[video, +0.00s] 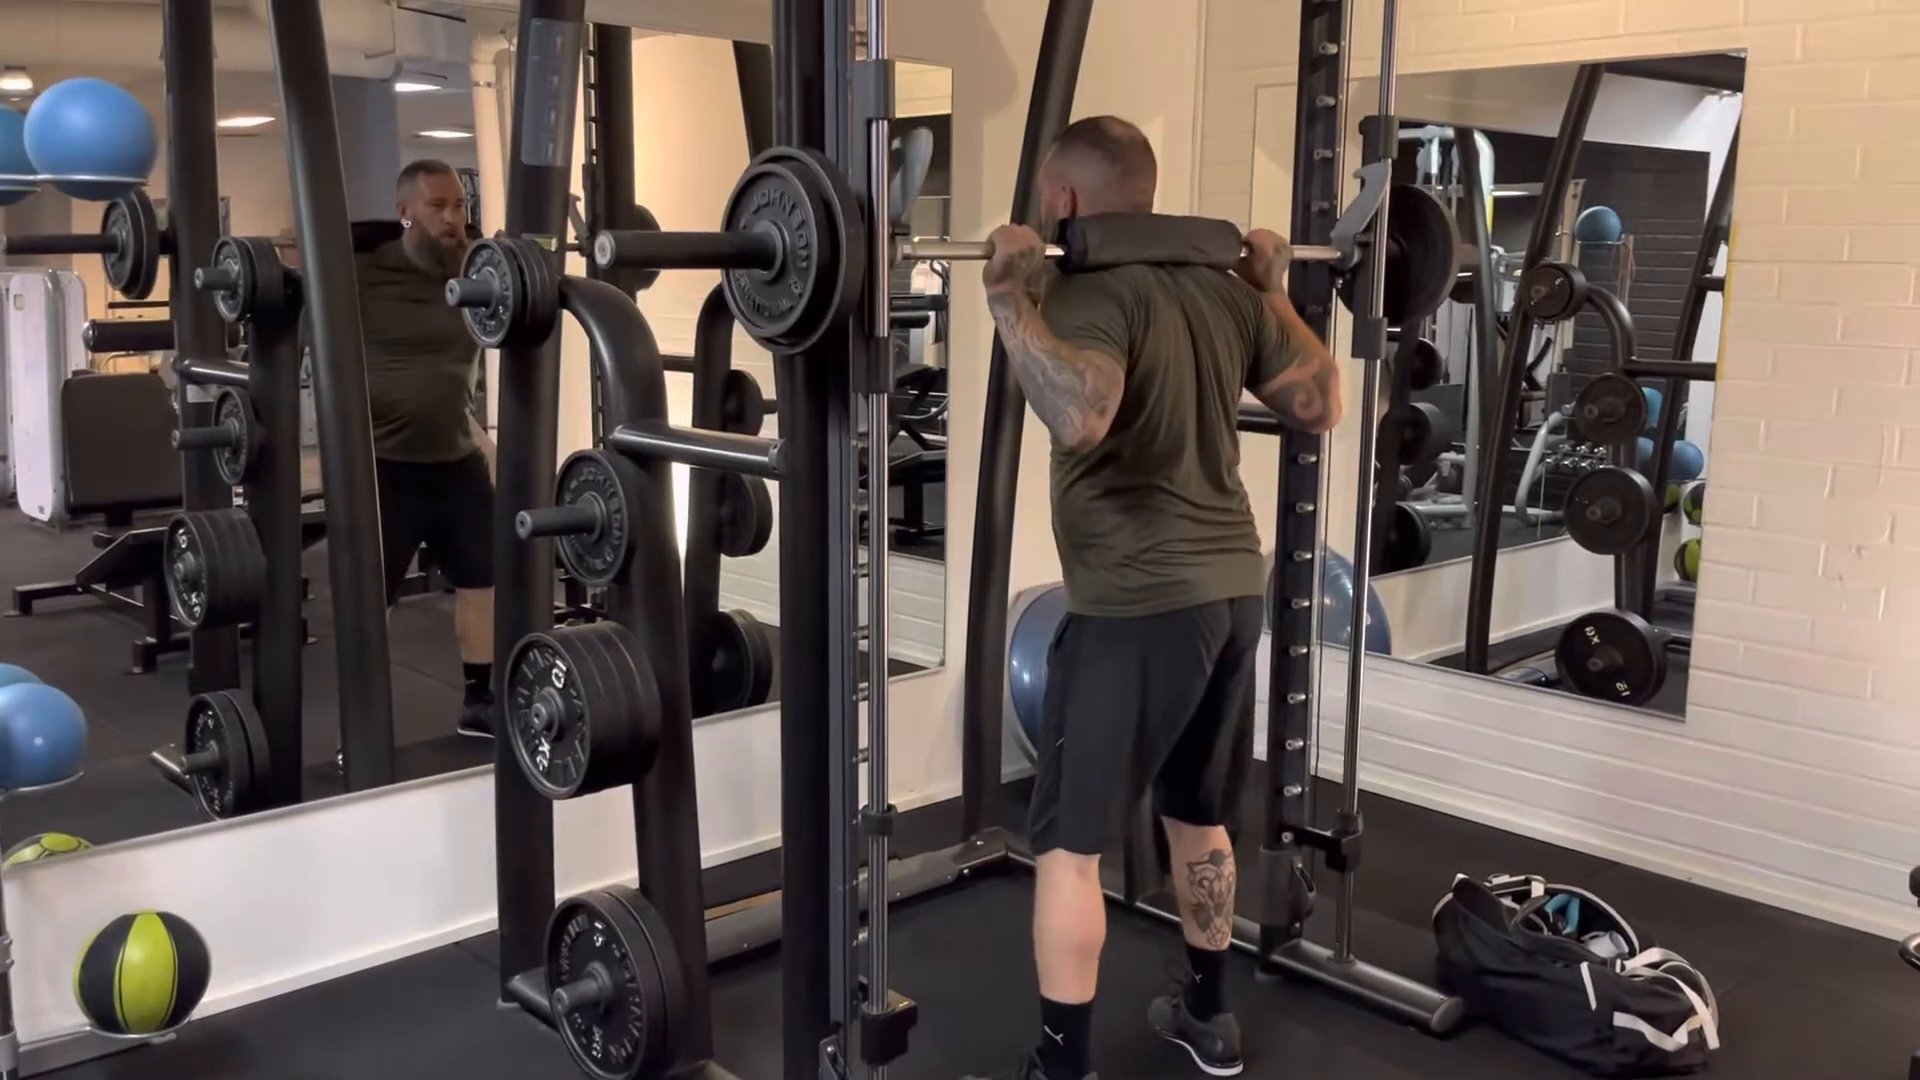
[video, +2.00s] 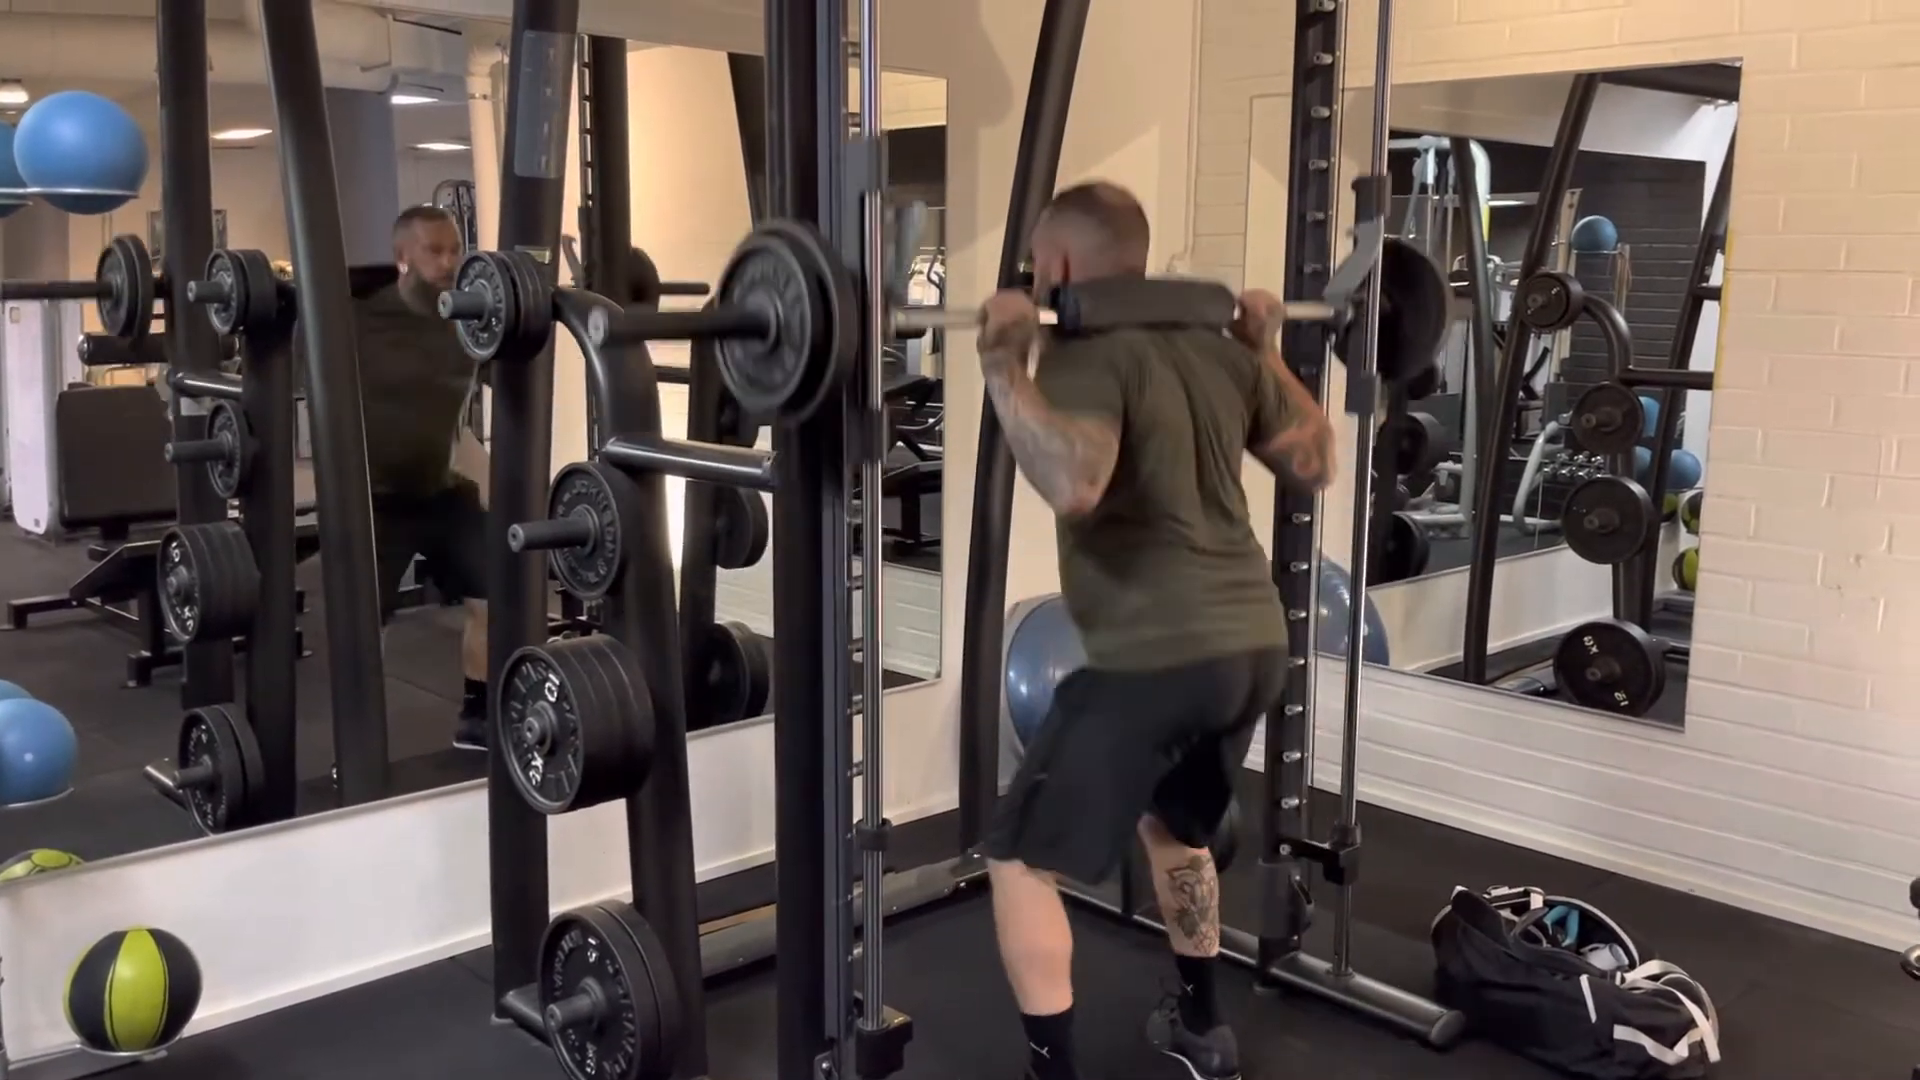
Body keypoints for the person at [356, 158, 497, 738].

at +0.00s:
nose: (454, 217)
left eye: (459, 205)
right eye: (440, 206)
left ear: (466, 210)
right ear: (405, 212)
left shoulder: (473, 273)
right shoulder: (360, 274)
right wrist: (279, 268)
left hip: (458, 459)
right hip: (381, 463)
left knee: (482, 574)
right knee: (365, 594)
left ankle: (482, 699)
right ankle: (359, 714)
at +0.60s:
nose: (460, 308)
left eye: (462, 296)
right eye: (447, 297)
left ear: (467, 295)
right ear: (413, 300)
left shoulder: (477, 360)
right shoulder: (368, 350)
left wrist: (515, 490)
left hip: (445, 509)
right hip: (378, 512)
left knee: (516, 570)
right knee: (363, 620)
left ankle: (485, 702)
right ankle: (359, 737)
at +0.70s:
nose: (457, 351)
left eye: (464, 336)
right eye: (443, 336)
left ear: (474, 338)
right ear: (410, 338)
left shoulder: (476, 389)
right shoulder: (367, 387)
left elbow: (510, 433)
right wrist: (294, 382)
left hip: (443, 529)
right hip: (372, 533)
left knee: (519, 585)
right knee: (362, 623)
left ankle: (484, 706)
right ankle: (361, 738)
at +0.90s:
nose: (459, 411)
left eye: (466, 397)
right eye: (446, 398)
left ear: (474, 397)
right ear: (411, 400)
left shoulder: (480, 446)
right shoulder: (367, 445)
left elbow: (517, 492)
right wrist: (292, 451)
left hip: (441, 577)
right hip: (369, 582)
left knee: (514, 590)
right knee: (359, 626)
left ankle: (483, 707)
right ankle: (358, 741)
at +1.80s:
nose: (449, 331)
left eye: (452, 317)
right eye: (434, 319)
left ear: (463, 321)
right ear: (403, 326)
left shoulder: (471, 382)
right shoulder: (362, 383)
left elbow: (506, 436)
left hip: (435, 527)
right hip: (365, 532)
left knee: (508, 587)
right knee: (359, 628)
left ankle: (479, 711)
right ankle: (355, 744)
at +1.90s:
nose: (447, 295)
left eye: (452, 284)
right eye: (434, 284)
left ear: (460, 288)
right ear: (402, 289)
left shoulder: (470, 352)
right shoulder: (362, 350)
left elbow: (511, 416)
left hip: (438, 508)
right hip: (373, 511)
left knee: (503, 572)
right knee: (361, 625)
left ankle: (480, 710)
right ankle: (354, 744)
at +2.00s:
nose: (448, 262)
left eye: (453, 250)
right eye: (435, 251)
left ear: (460, 252)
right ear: (402, 256)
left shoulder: (465, 318)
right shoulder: (363, 319)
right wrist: (274, 298)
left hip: (442, 490)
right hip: (374, 494)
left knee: (494, 584)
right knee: (361, 621)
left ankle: (478, 714)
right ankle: (354, 734)